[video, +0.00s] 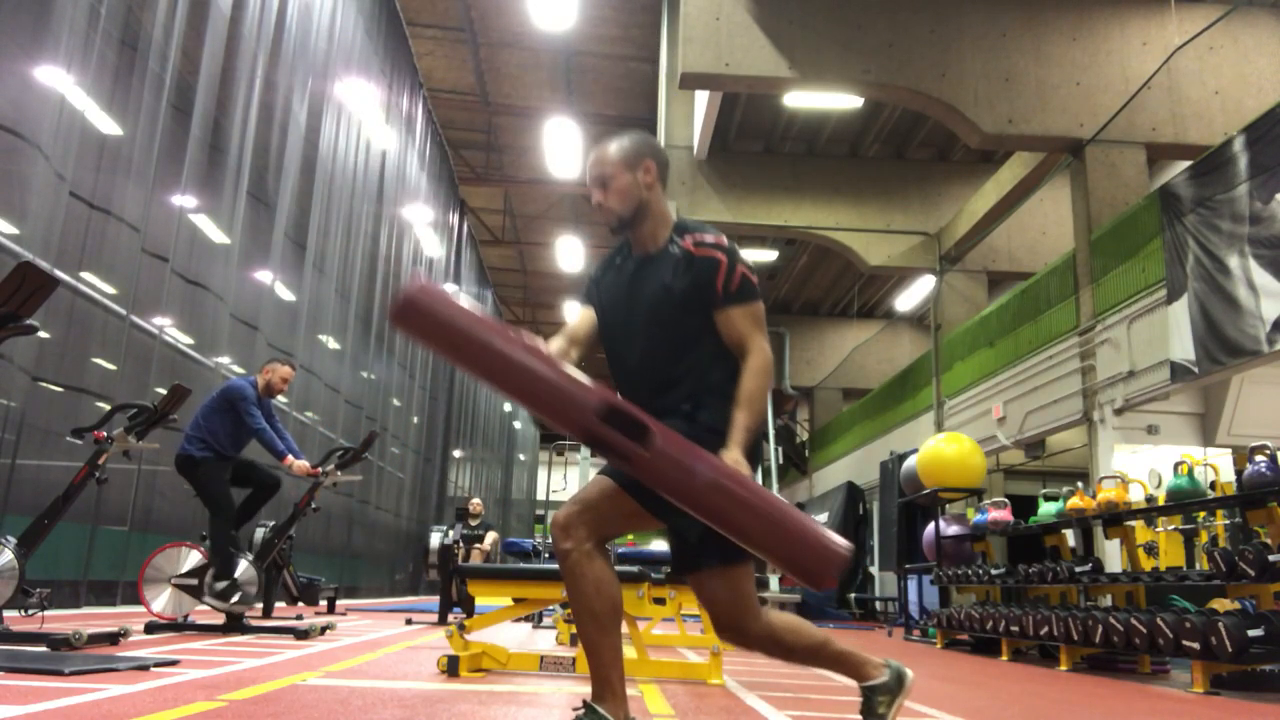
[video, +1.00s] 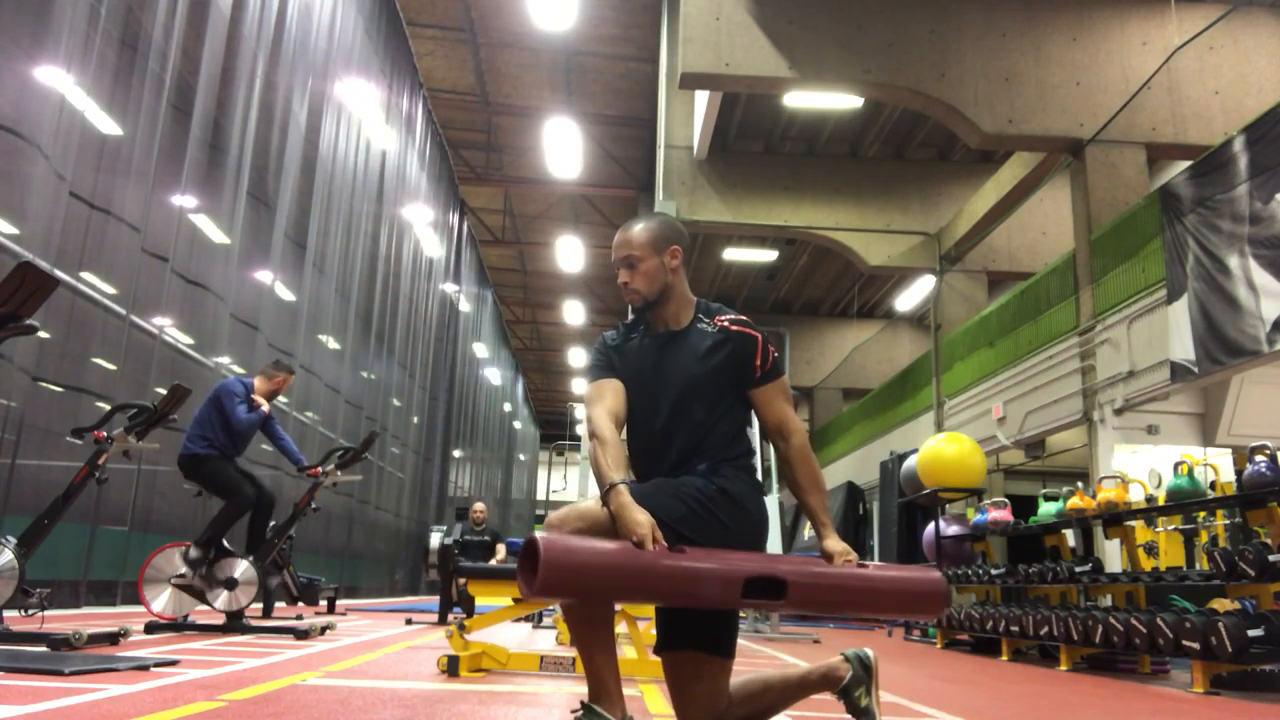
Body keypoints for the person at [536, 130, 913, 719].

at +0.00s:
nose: (595, 199)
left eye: (604, 184)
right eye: (591, 188)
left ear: (648, 176)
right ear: (631, 183)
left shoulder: (708, 255)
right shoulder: (611, 272)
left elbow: (758, 352)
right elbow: (574, 337)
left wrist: (736, 447)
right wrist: (558, 348)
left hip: (703, 454)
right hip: (661, 454)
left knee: (574, 526)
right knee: (739, 621)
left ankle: (610, 706)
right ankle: (876, 674)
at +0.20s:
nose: (601, 237)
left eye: (612, 221)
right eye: (598, 224)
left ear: (655, 215)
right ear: (642, 220)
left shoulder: (721, 293)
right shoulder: (615, 309)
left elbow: (774, 391)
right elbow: (586, 386)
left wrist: (777, 491)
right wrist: (575, 419)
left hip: (725, 469)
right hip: (675, 473)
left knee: (574, 529)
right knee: (722, 666)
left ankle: (609, 708)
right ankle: (867, 672)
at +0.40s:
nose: (609, 264)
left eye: (620, 249)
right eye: (606, 251)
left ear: (663, 242)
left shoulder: (728, 320)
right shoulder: (615, 336)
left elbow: (782, 422)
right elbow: (592, 411)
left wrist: (806, 522)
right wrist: (595, 460)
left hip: (729, 492)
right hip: (669, 500)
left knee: (569, 528)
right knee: (711, 696)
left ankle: (608, 707)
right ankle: (855, 671)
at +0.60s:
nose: (615, 278)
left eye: (626, 263)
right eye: (611, 266)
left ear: (667, 258)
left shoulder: (730, 333)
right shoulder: (615, 349)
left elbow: (786, 433)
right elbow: (597, 426)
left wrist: (823, 533)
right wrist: (611, 487)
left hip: (728, 506)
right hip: (672, 515)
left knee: (567, 527)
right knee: (706, 708)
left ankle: (607, 707)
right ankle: (843, 672)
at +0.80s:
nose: (618, 279)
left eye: (629, 265)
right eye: (614, 268)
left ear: (670, 261)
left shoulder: (732, 336)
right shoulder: (615, 348)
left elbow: (789, 432)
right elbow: (600, 427)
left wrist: (828, 531)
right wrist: (622, 497)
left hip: (729, 507)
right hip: (673, 516)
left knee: (567, 527)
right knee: (704, 708)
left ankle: (607, 707)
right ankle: (841, 673)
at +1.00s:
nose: (621, 277)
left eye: (632, 264)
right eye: (617, 266)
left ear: (673, 259)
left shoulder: (734, 336)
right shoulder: (615, 346)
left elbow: (787, 432)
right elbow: (602, 427)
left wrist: (826, 532)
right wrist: (621, 501)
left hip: (727, 507)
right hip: (669, 516)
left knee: (568, 526)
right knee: (702, 708)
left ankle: (607, 707)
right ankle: (842, 672)